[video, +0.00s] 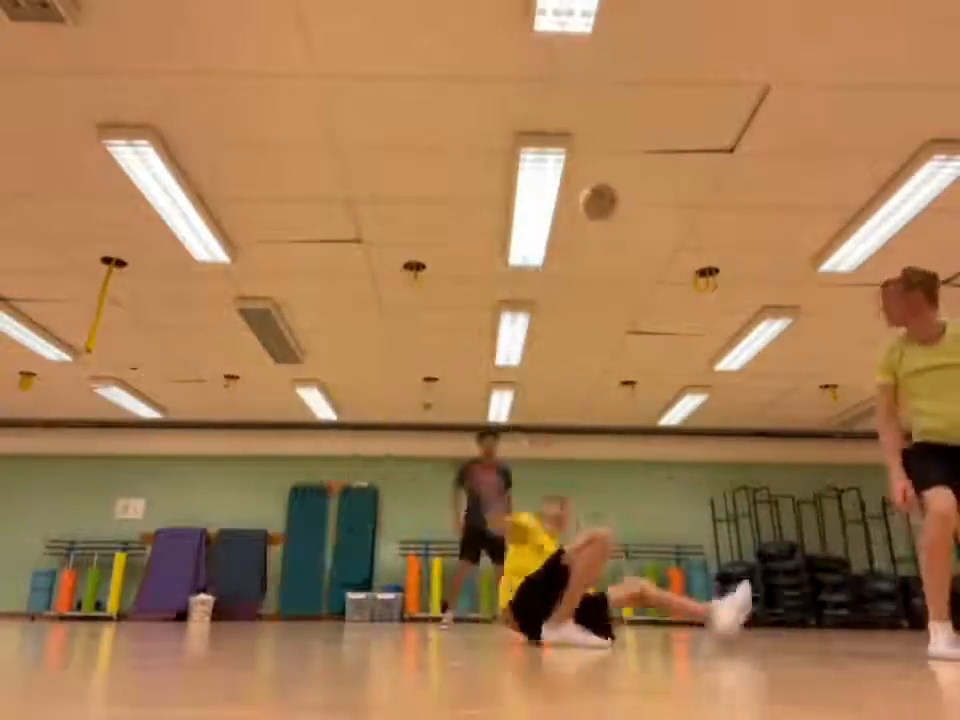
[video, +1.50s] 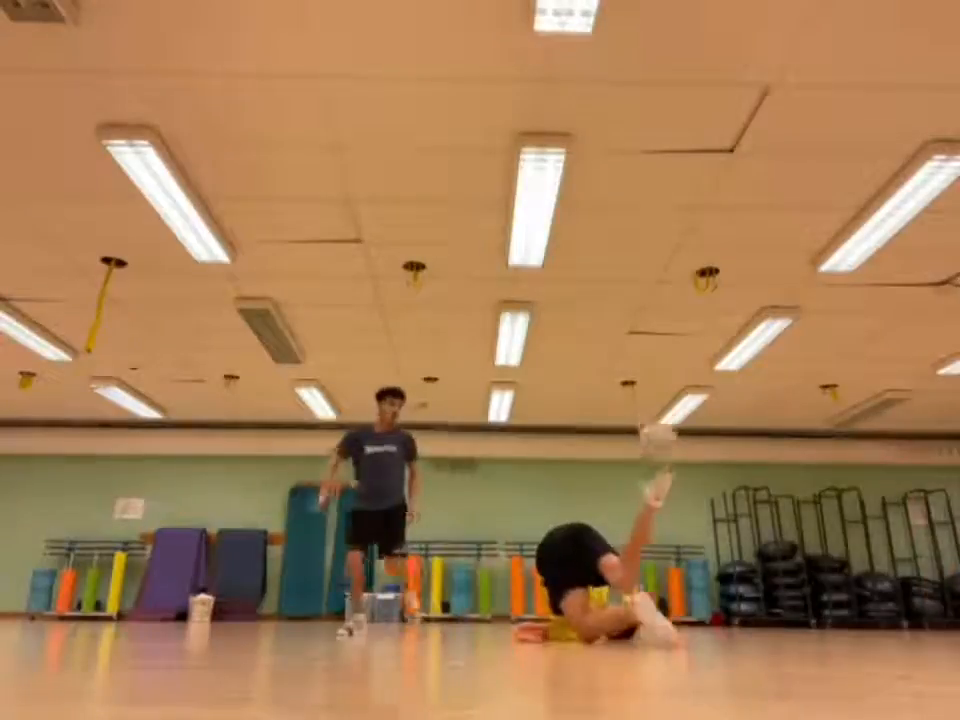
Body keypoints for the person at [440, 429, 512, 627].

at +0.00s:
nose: (489, 450)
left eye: (492, 445)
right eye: (486, 445)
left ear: (497, 446)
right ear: (479, 446)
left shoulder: (503, 470)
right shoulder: (468, 469)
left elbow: (508, 496)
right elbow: (456, 494)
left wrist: (508, 519)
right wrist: (457, 519)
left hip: (497, 522)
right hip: (474, 522)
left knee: (502, 569)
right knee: (464, 567)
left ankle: (505, 610)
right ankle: (450, 609)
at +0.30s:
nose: (468, 445)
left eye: (471, 441)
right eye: (465, 441)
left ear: (475, 444)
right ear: (458, 443)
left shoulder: (482, 470)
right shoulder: (447, 467)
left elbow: (488, 500)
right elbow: (434, 491)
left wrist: (490, 526)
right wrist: (428, 513)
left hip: (475, 525)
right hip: (451, 525)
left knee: (487, 568)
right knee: (448, 568)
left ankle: (495, 610)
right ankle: (448, 611)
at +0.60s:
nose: (454, 444)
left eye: (457, 440)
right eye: (450, 440)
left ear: (461, 442)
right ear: (445, 442)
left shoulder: (469, 468)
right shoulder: (432, 466)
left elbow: (474, 495)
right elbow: (417, 489)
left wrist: (474, 520)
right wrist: (411, 511)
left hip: (462, 523)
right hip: (439, 525)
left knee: (468, 564)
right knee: (441, 569)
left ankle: (468, 608)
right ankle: (445, 611)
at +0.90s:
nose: (450, 445)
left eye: (453, 440)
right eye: (447, 440)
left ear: (457, 443)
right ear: (439, 440)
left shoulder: (459, 469)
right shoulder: (423, 465)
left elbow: (465, 496)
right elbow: (409, 487)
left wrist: (462, 518)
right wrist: (412, 506)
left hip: (451, 521)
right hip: (428, 521)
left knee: (447, 562)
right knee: (433, 569)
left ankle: (444, 609)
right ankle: (442, 609)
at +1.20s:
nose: (439, 437)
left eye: (443, 432)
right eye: (435, 431)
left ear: (445, 435)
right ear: (425, 432)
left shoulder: (444, 465)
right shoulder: (405, 457)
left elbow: (449, 496)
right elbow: (388, 482)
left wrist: (447, 524)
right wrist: (387, 514)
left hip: (432, 523)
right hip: (406, 522)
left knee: (437, 568)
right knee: (406, 566)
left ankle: (434, 613)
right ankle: (412, 598)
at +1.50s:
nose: (393, 410)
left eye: (397, 406)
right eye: (389, 405)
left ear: (401, 409)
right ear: (379, 406)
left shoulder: (404, 440)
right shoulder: (359, 437)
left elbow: (413, 472)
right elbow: (335, 460)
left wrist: (412, 503)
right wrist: (329, 486)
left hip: (394, 507)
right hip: (364, 506)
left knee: (393, 559)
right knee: (355, 557)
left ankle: (406, 601)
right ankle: (357, 613)